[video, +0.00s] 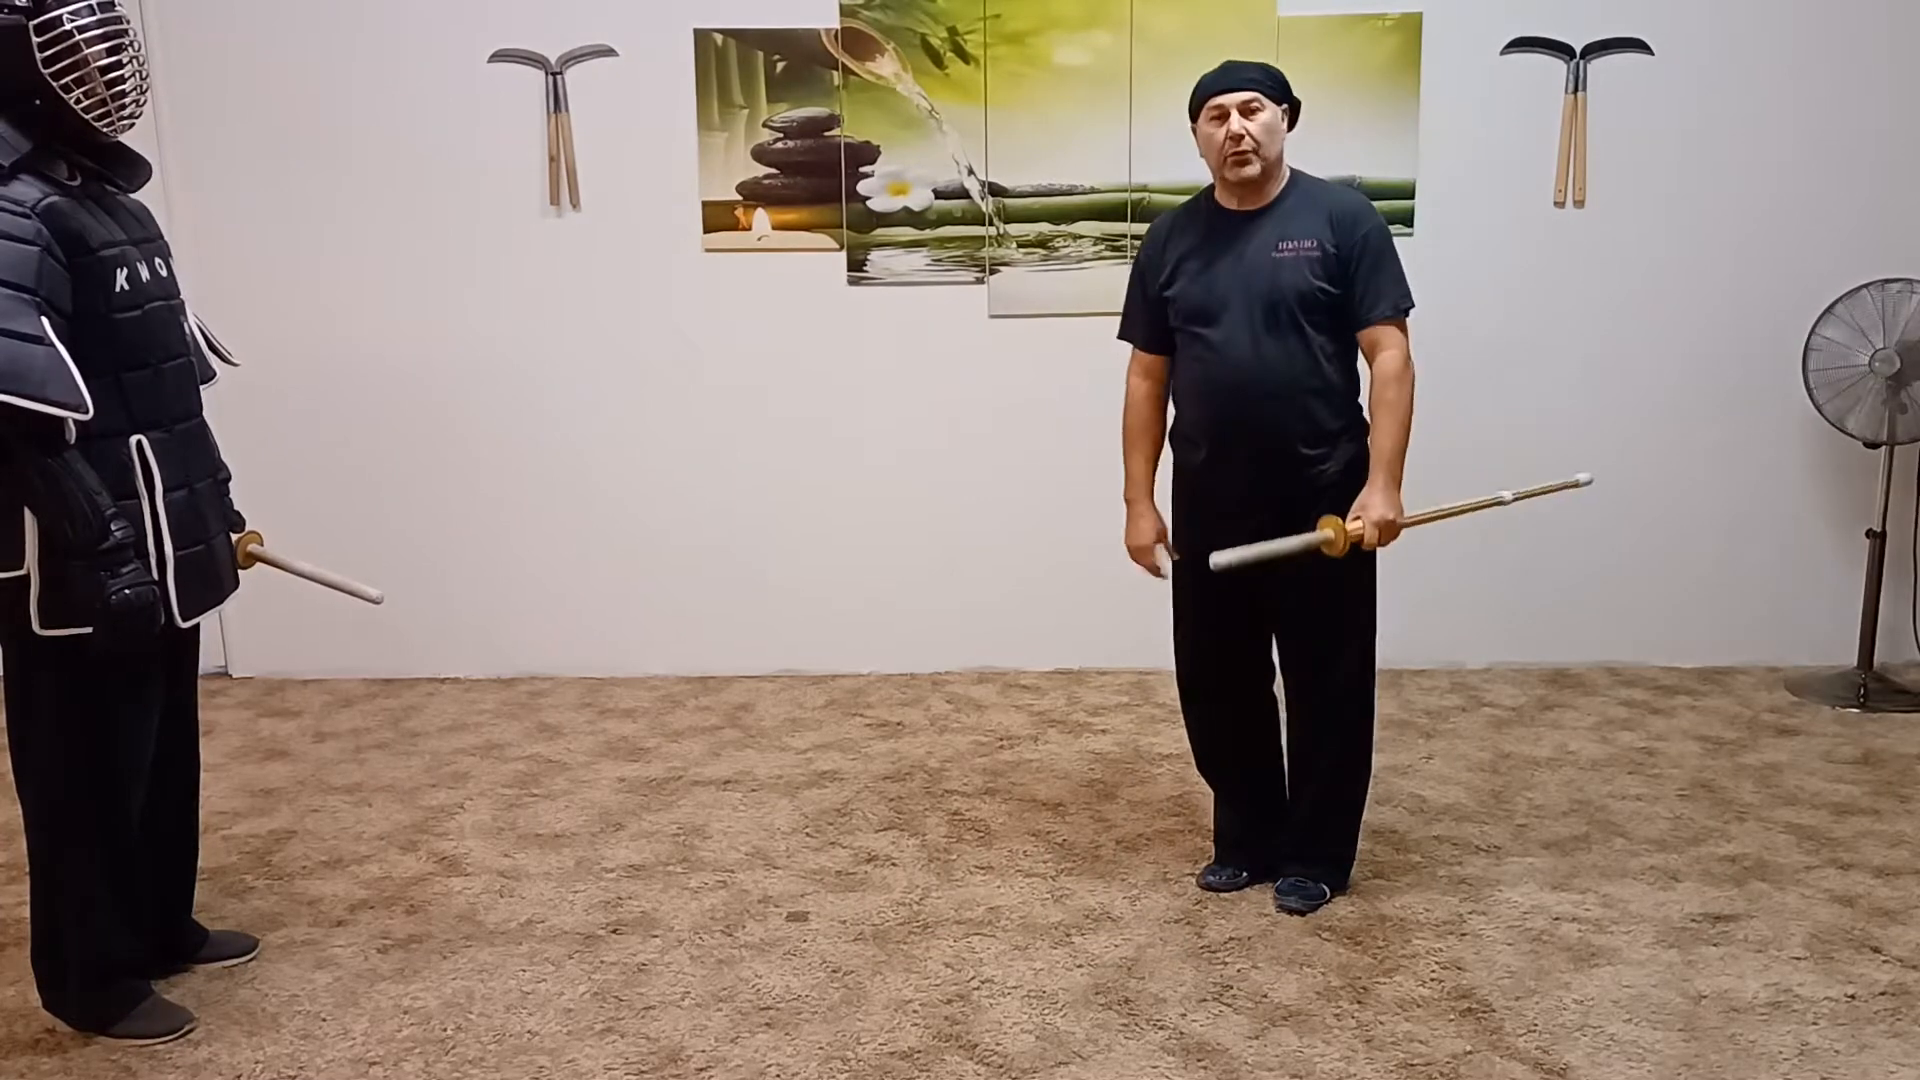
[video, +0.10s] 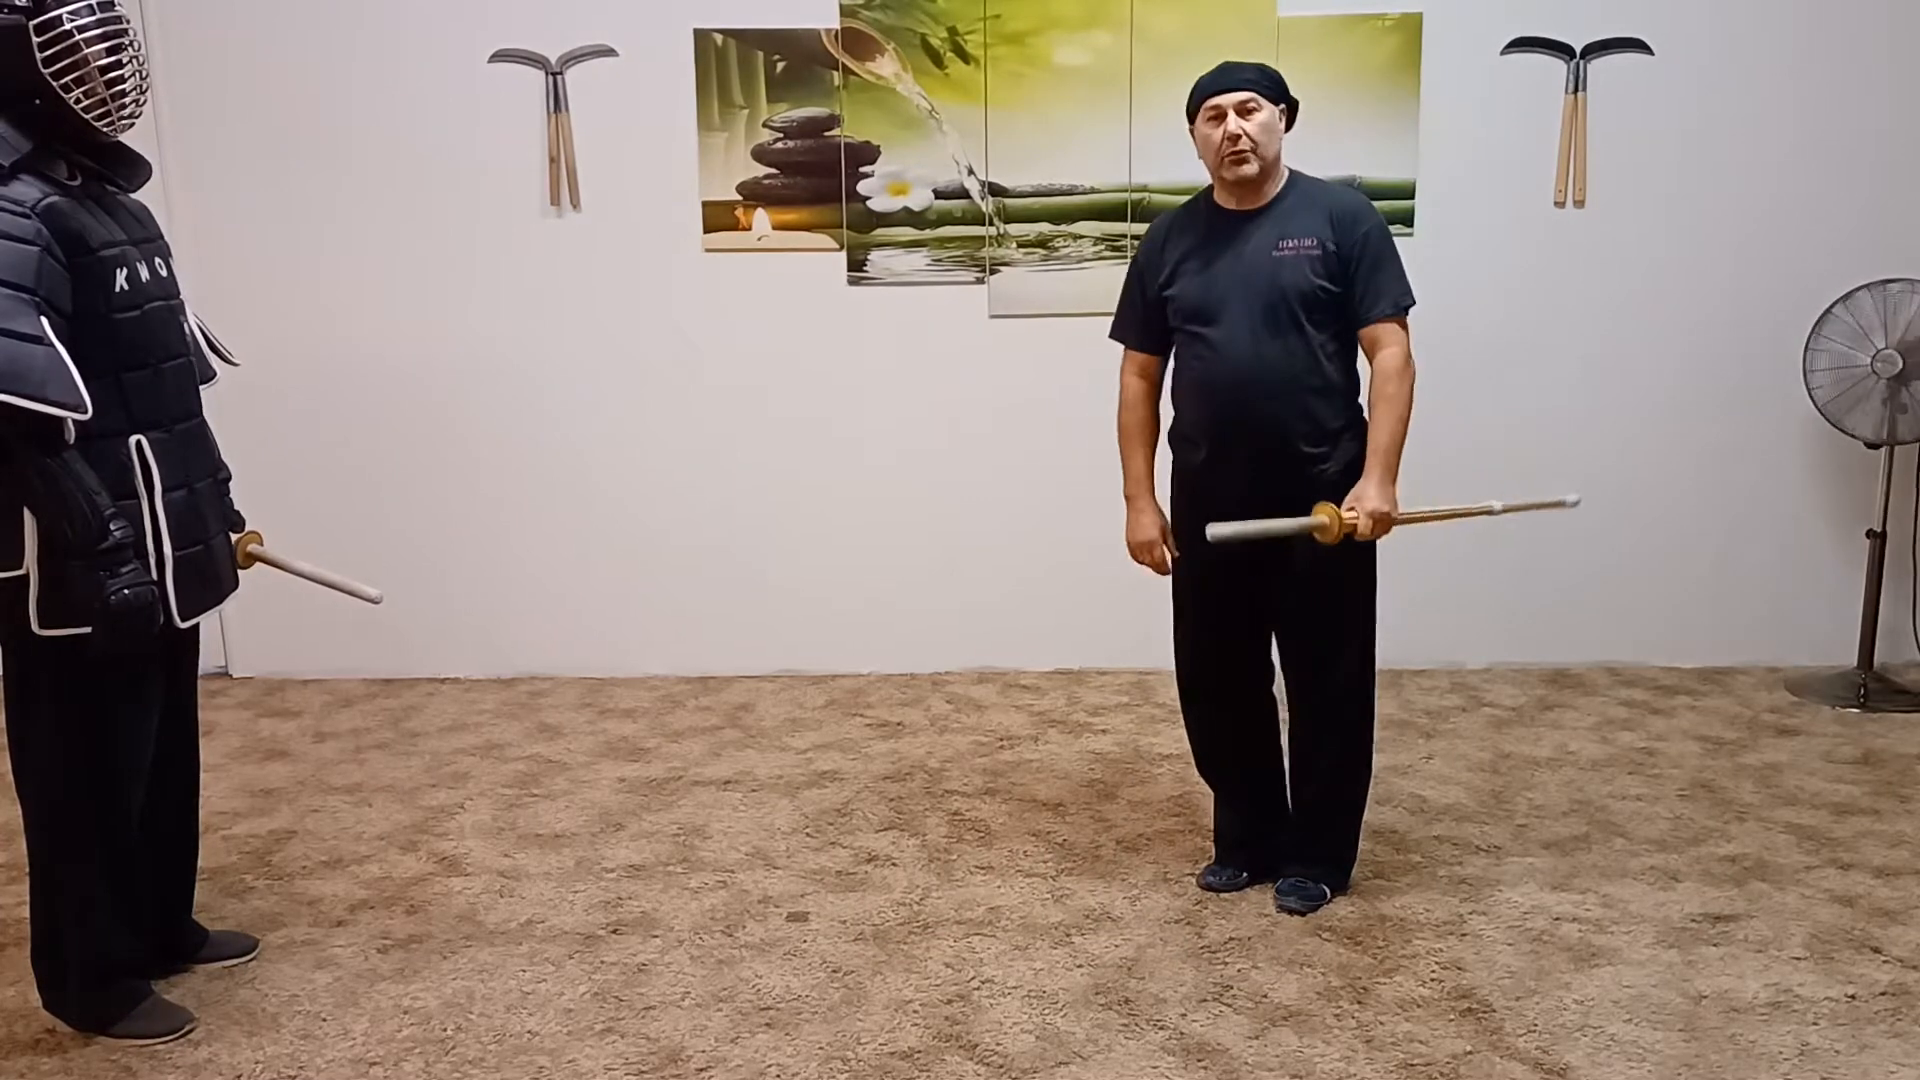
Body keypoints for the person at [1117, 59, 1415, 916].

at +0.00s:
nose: (1235, 125)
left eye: (1252, 111)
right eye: (1218, 116)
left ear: (1287, 124)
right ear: (1198, 139)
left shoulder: (1342, 215)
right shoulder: (1169, 239)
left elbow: (1389, 356)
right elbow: (1147, 377)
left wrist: (1384, 482)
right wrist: (1139, 499)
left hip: (1324, 496)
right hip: (1213, 500)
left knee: (1328, 685)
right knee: (1218, 684)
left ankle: (1319, 858)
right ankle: (1244, 844)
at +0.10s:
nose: (1233, 125)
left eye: (1249, 110)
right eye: (1215, 117)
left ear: (1284, 123)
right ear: (1196, 142)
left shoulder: (1341, 215)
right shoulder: (1167, 241)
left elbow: (1389, 353)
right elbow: (1139, 376)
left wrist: (1378, 478)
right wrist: (1140, 498)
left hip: (1324, 493)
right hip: (1208, 499)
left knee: (1330, 686)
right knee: (1217, 687)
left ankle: (1320, 859)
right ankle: (1244, 846)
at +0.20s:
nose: (1231, 126)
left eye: (1247, 110)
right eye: (1213, 118)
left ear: (1284, 122)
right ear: (1196, 142)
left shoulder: (1340, 214)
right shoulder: (1167, 242)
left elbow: (1390, 356)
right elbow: (1140, 375)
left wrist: (1369, 480)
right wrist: (1128, 497)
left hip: (1322, 495)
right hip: (1209, 500)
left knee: (1331, 687)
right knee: (1218, 687)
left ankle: (1321, 860)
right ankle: (1245, 846)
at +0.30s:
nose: (1230, 128)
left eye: (1246, 112)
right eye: (1213, 119)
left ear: (1284, 123)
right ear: (1196, 142)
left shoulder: (1341, 216)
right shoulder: (1170, 241)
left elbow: (1388, 358)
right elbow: (1141, 374)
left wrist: (1359, 486)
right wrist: (1117, 495)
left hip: (1319, 494)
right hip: (1207, 497)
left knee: (1330, 685)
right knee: (1216, 684)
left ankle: (1322, 860)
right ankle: (1247, 845)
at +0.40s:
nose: (1232, 128)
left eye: (1249, 112)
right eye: (1215, 118)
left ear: (1288, 125)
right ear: (1200, 141)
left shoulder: (1344, 219)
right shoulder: (1174, 238)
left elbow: (1389, 361)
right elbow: (1139, 371)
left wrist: (1360, 491)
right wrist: (1109, 492)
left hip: (1319, 493)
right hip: (1207, 494)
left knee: (1323, 684)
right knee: (1215, 680)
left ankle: (1315, 860)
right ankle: (1244, 842)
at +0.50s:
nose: (1236, 126)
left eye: (1254, 110)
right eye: (1219, 116)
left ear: (1294, 126)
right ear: (1205, 139)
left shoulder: (1348, 222)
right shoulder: (1176, 237)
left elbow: (1391, 366)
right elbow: (1139, 368)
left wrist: (1370, 496)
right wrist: (1106, 488)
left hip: (1319, 491)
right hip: (1206, 494)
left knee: (1323, 683)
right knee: (1214, 679)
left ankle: (1317, 857)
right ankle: (1246, 838)